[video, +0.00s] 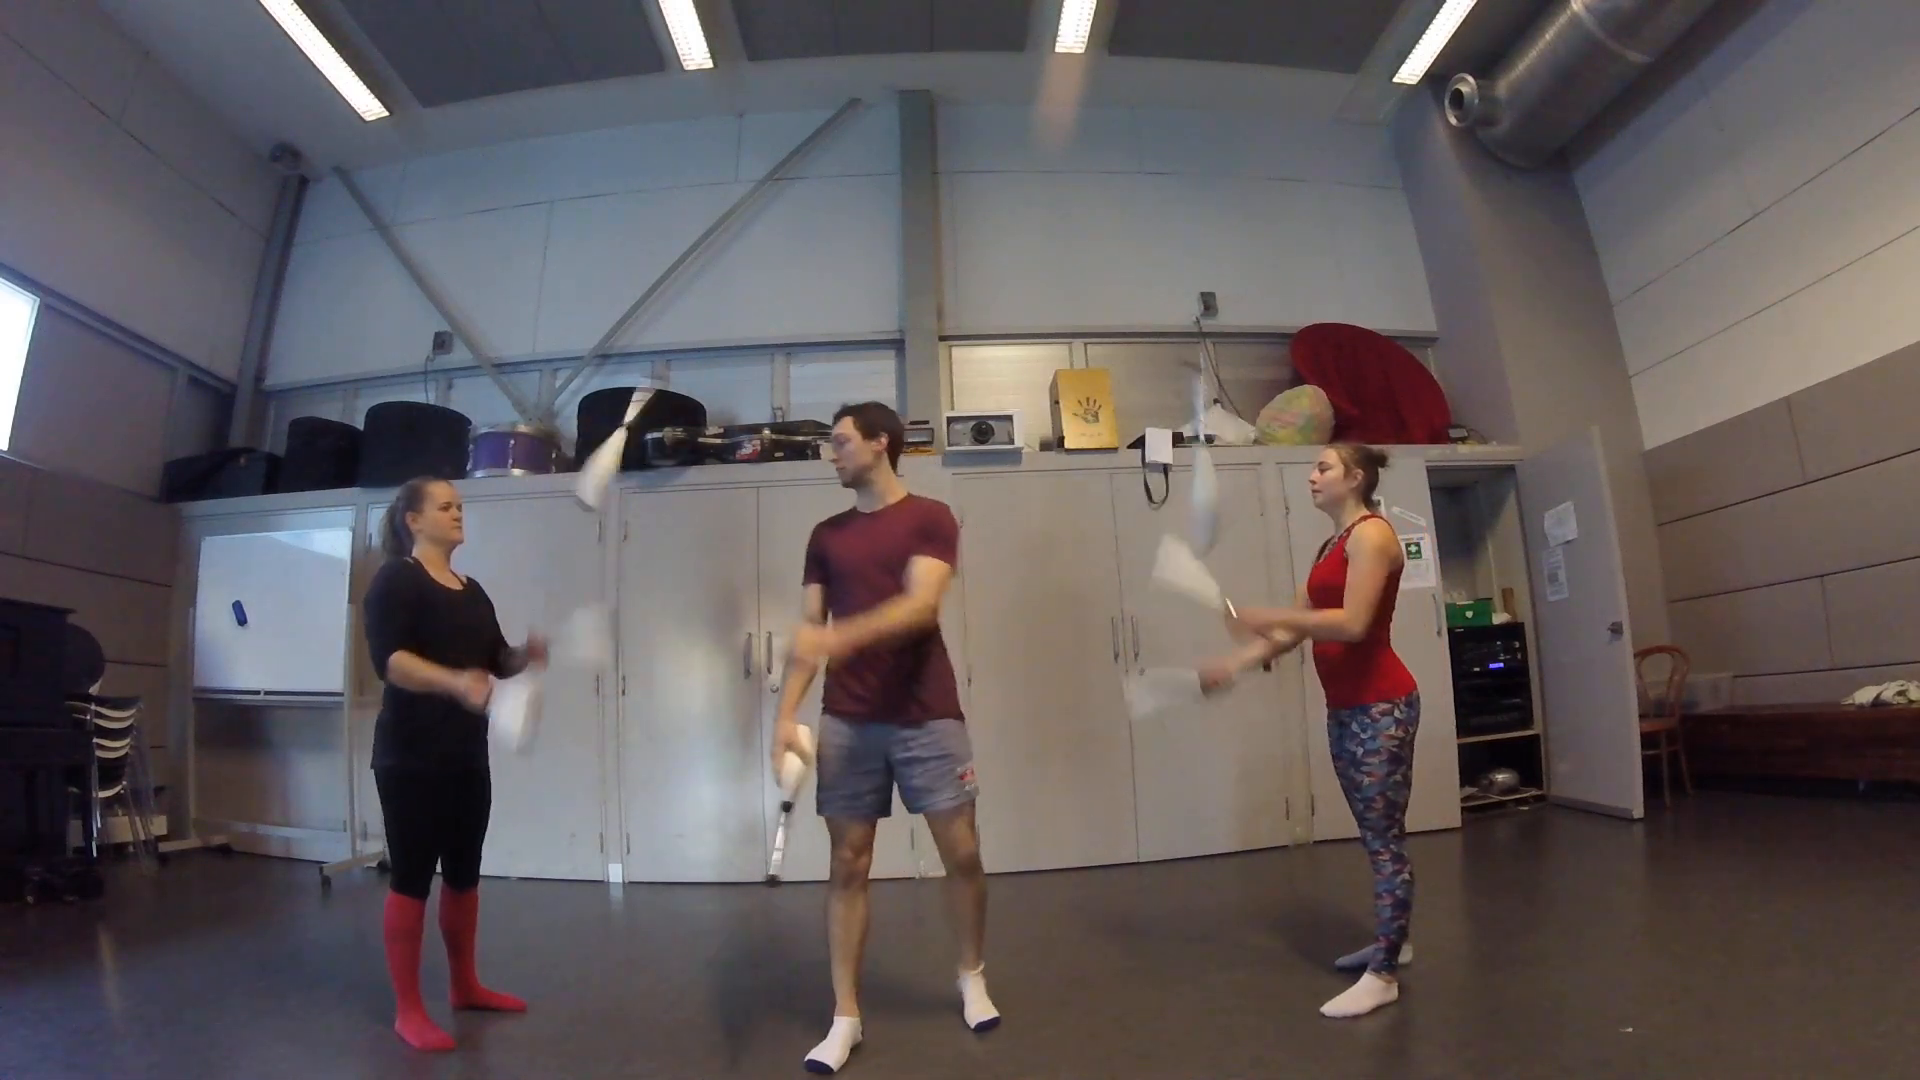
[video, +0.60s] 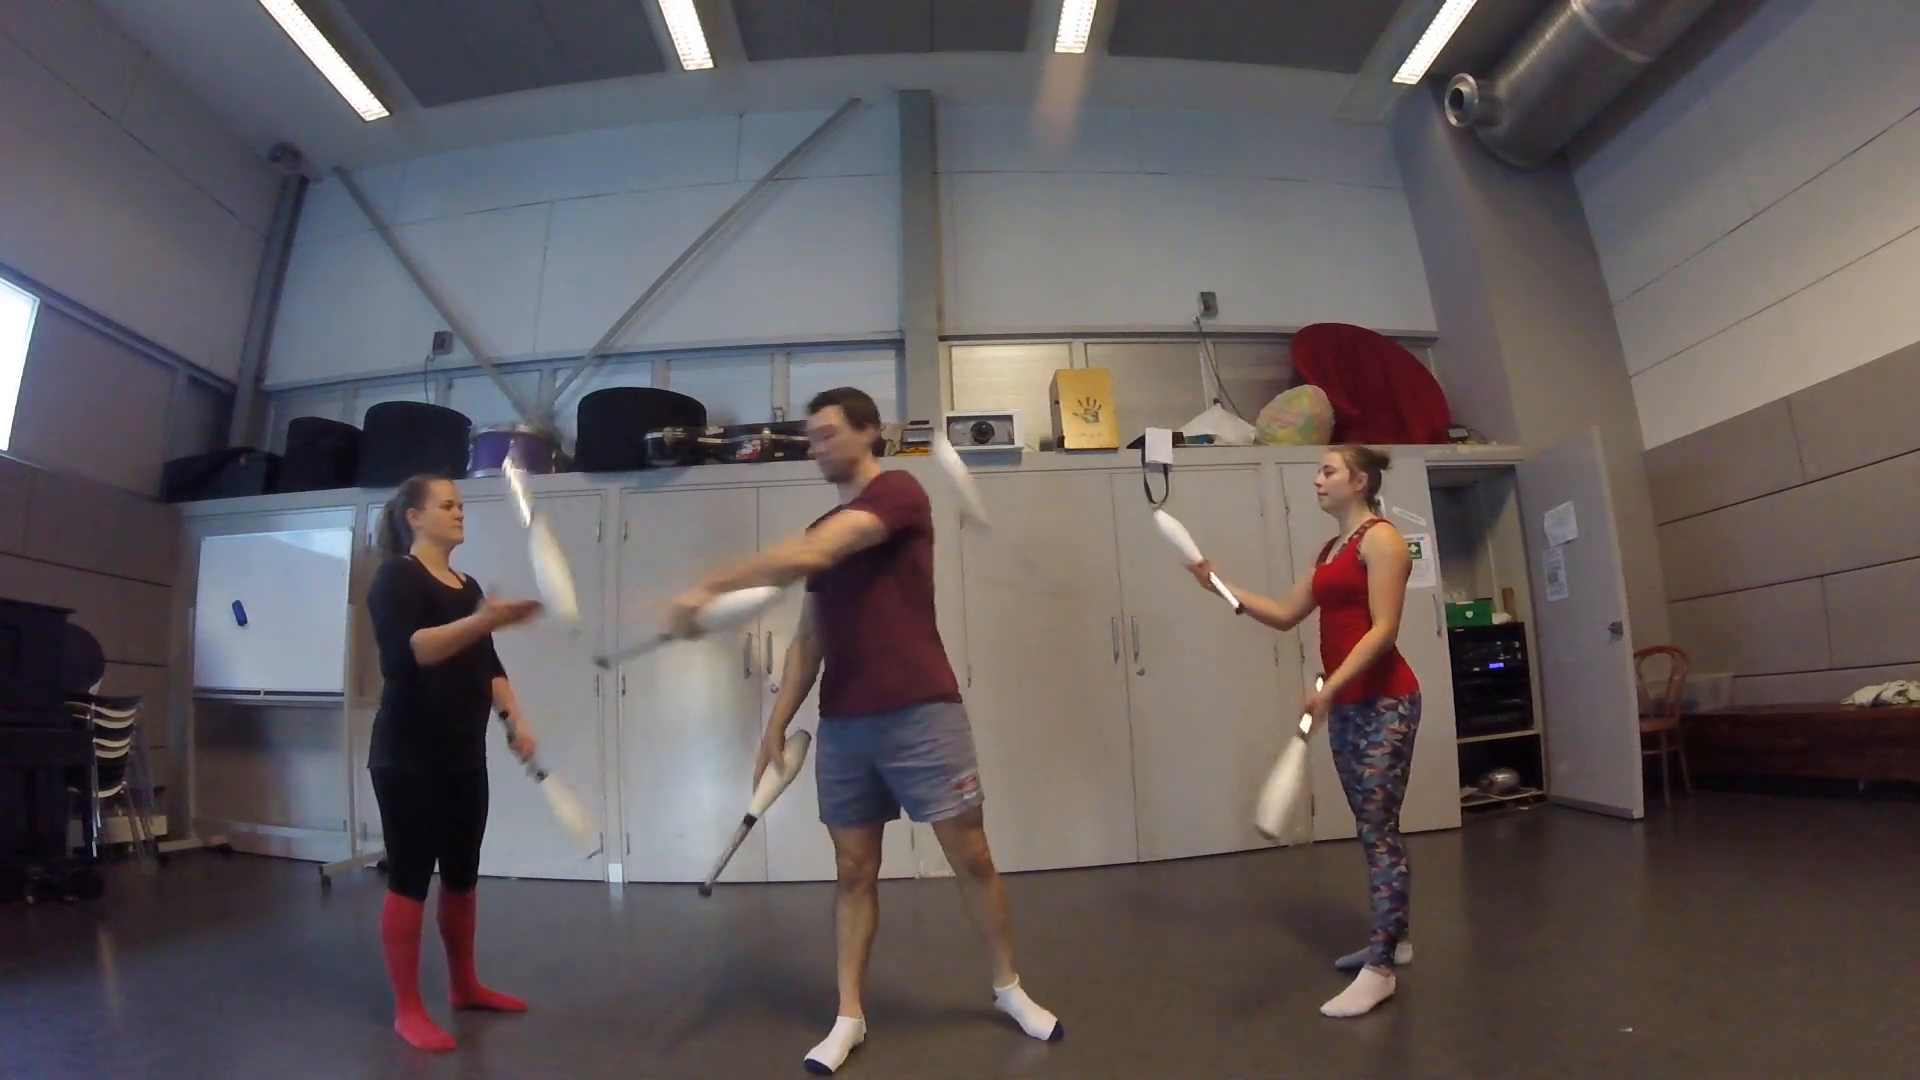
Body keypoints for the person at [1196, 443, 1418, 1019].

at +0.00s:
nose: (1313, 477)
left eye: (1324, 469)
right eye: (1313, 469)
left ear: (1358, 479)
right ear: (1343, 481)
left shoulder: (1373, 535)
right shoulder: (1338, 543)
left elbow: (1355, 622)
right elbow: (1301, 626)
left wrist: (1275, 619)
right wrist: (1238, 661)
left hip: (1380, 706)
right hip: (1350, 707)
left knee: (1383, 836)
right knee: (1377, 833)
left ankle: (1384, 975)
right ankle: (1394, 942)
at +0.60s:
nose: (1317, 481)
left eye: (1329, 472)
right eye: (1318, 472)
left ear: (1361, 481)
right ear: (1338, 482)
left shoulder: (1383, 539)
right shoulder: (1332, 551)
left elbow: (1384, 629)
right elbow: (1284, 615)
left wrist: (1329, 686)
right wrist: (1220, 584)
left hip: (1384, 700)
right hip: (1345, 703)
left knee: (1378, 828)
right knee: (1373, 826)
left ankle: (1381, 967)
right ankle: (1394, 937)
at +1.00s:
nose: (1331, 477)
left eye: (1343, 467)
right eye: (1331, 468)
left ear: (1375, 479)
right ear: (1350, 482)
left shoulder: (1393, 535)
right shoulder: (1355, 543)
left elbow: (1368, 620)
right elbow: (1342, 631)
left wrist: (1286, 610)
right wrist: (1299, 674)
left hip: (1400, 703)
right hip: (1363, 703)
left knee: (1395, 825)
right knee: (1375, 824)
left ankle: (1416, 950)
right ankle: (1394, 935)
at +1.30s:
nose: (1335, 479)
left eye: (1346, 470)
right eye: (1336, 470)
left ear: (1377, 481)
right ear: (1362, 483)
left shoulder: (1392, 536)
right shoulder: (1364, 541)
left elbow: (1366, 625)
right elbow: (1337, 628)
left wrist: (1294, 663)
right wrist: (1292, 597)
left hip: (1404, 700)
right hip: (1370, 701)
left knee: (1396, 822)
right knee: (1362, 816)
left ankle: (1416, 953)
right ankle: (1386, 929)